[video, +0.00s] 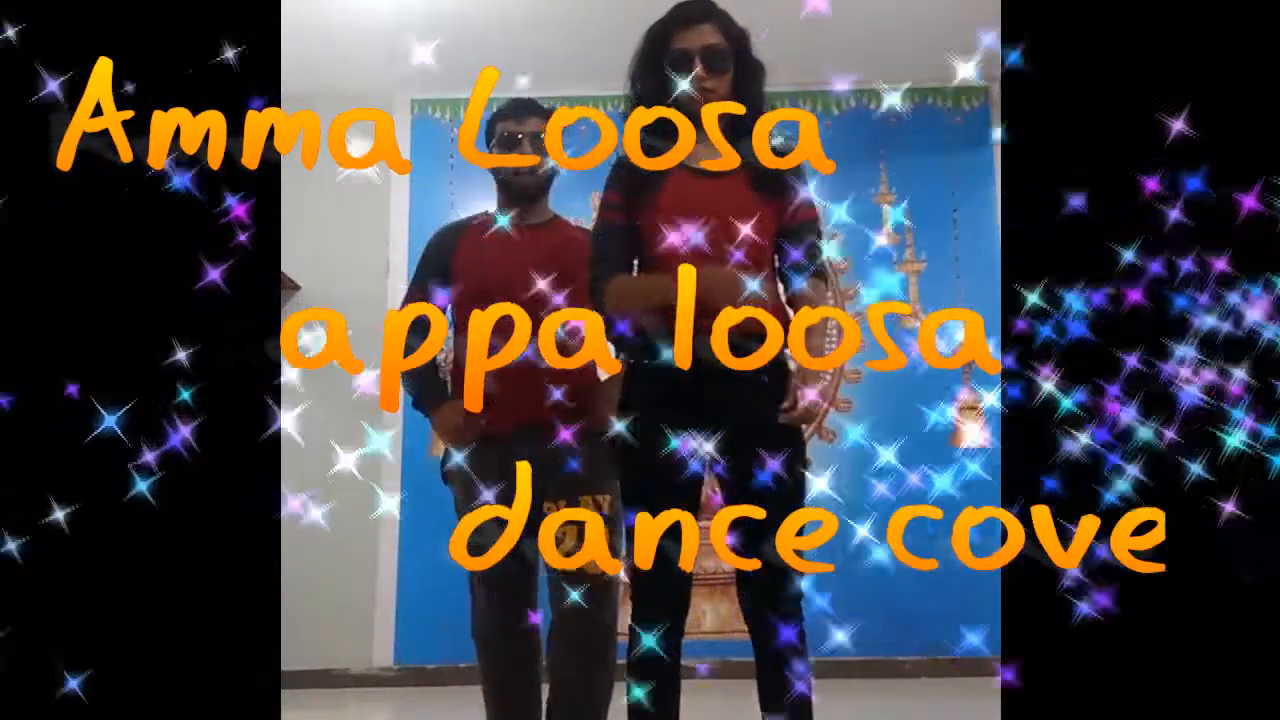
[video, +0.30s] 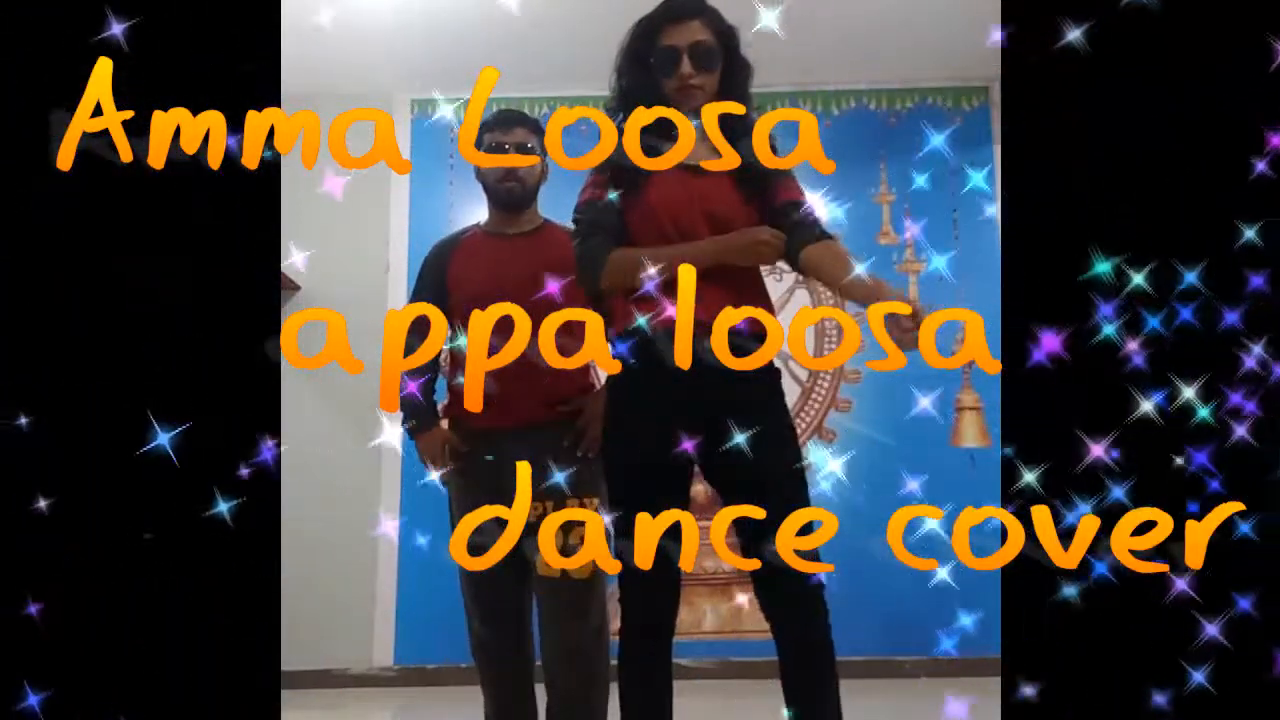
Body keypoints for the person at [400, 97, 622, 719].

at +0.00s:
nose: (522, 152)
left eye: (535, 140)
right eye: (508, 142)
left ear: (557, 154)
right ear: (487, 156)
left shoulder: (592, 247)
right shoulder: (453, 244)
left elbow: (626, 330)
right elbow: (412, 336)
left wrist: (613, 395)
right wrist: (438, 407)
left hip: (578, 442)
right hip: (486, 447)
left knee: (586, 603)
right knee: (500, 605)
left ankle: (578, 715)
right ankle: (511, 716)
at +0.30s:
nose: (512, 162)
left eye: (525, 151)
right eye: (498, 151)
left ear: (544, 166)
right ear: (477, 165)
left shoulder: (581, 250)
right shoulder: (447, 257)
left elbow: (635, 335)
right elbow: (413, 356)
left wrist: (611, 398)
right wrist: (423, 423)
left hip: (571, 450)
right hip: (479, 456)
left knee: (576, 623)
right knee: (496, 627)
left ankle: (580, 719)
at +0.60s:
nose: (520, 160)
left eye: (532, 150)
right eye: (505, 149)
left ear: (553, 163)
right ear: (487, 164)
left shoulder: (592, 243)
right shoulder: (457, 239)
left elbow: (624, 341)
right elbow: (423, 334)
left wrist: (624, 418)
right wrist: (418, 419)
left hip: (573, 442)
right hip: (482, 444)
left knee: (580, 611)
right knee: (493, 612)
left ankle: (579, 717)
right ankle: (505, 717)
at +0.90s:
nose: (528, 156)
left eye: (540, 143)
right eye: (514, 145)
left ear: (562, 154)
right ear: (496, 159)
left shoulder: (601, 233)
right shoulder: (467, 231)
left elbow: (635, 330)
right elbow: (434, 327)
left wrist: (638, 421)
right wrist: (419, 412)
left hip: (575, 439)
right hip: (482, 439)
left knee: (580, 605)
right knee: (453, 600)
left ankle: (576, 716)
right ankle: (480, 715)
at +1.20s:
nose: (501, 147)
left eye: (515, 137)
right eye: (487, 135)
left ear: (534, 150)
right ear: (464, 145)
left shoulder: (570, 223)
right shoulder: (432, 221)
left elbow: (607, 320)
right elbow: (396, 316)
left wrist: (606, 412)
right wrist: (383, 405)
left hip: (548, 444)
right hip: (449, 442)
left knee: (566, 621)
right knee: (428, 616)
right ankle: (421, 719)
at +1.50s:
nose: (466, 135)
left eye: (481, 123)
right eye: (449, 124)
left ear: (499, 132)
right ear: (427, 136)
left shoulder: (542, 215)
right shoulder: (397, 217)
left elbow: (577, 315)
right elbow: (361, 317)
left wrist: (588, 404)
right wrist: (347, 398)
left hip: (530, 440)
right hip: (423, 443)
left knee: (570, 628)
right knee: (413, 625)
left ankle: (579, 716)